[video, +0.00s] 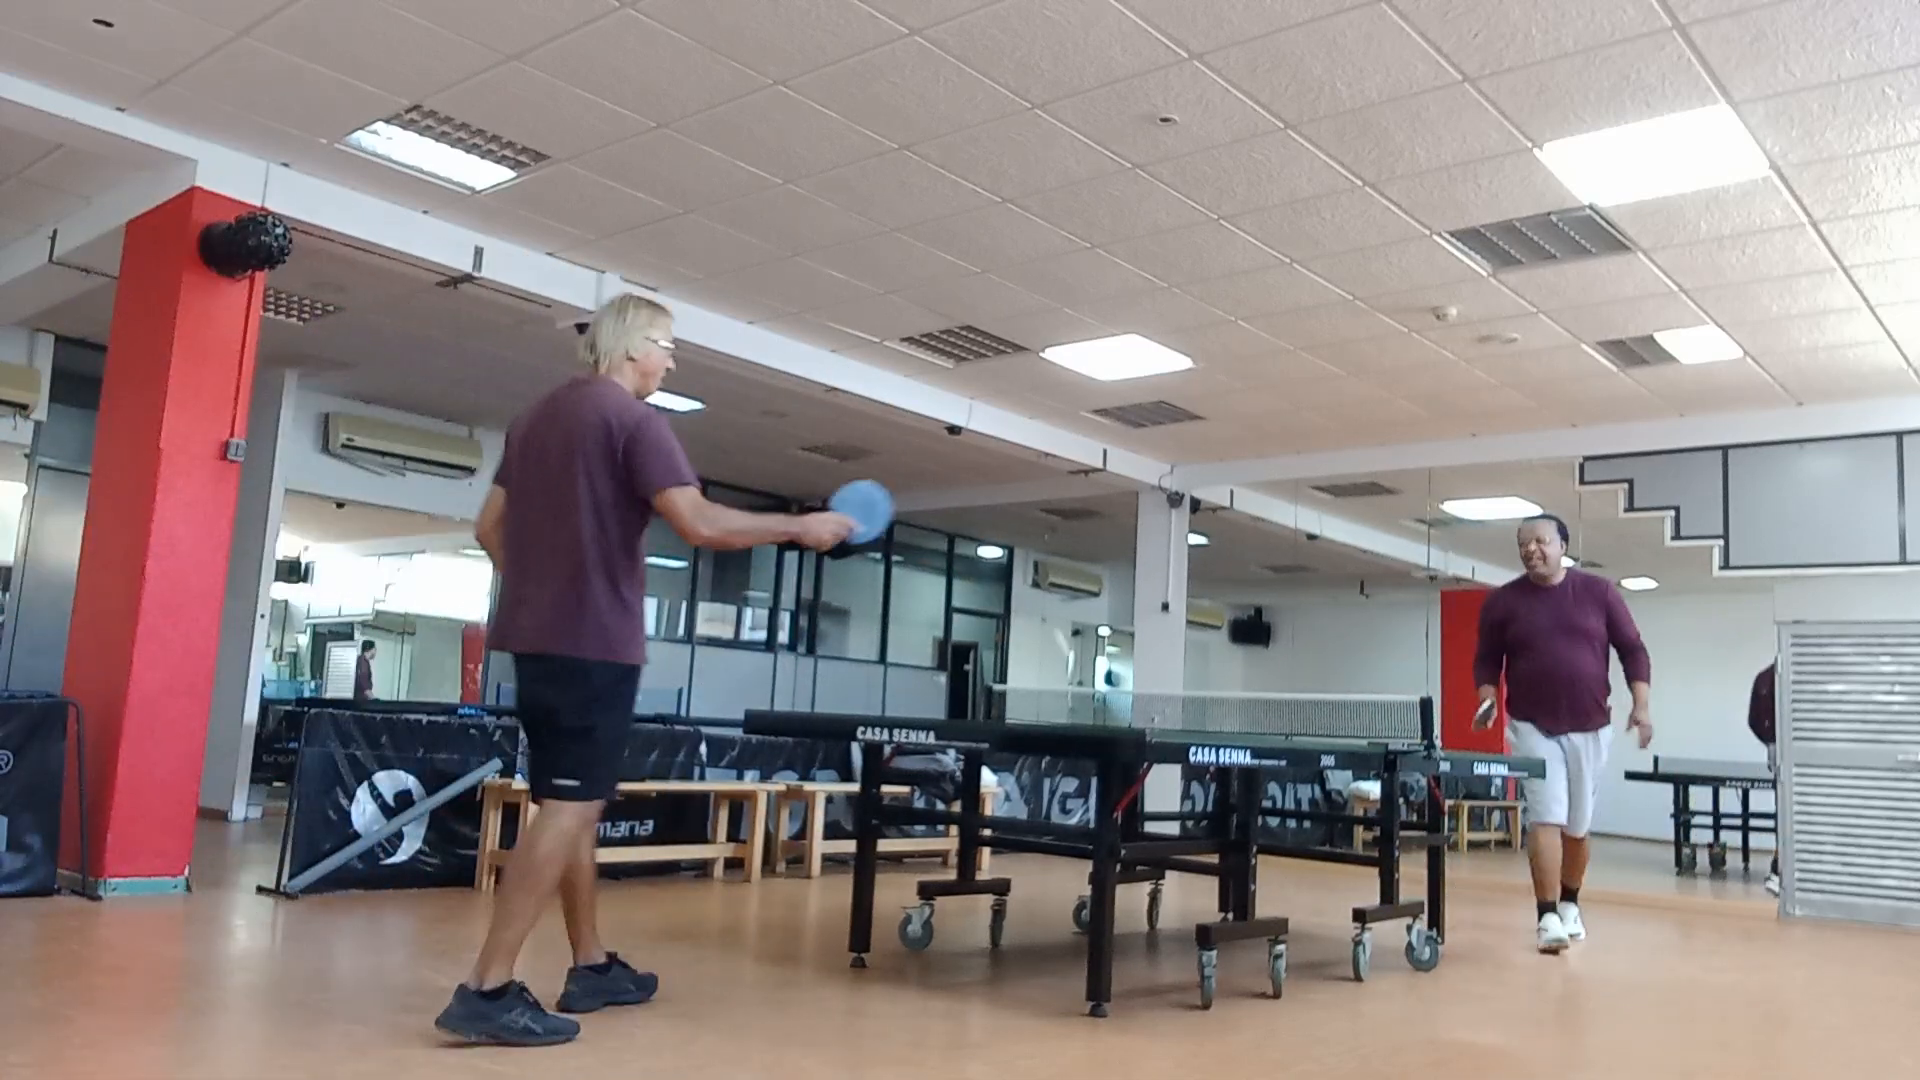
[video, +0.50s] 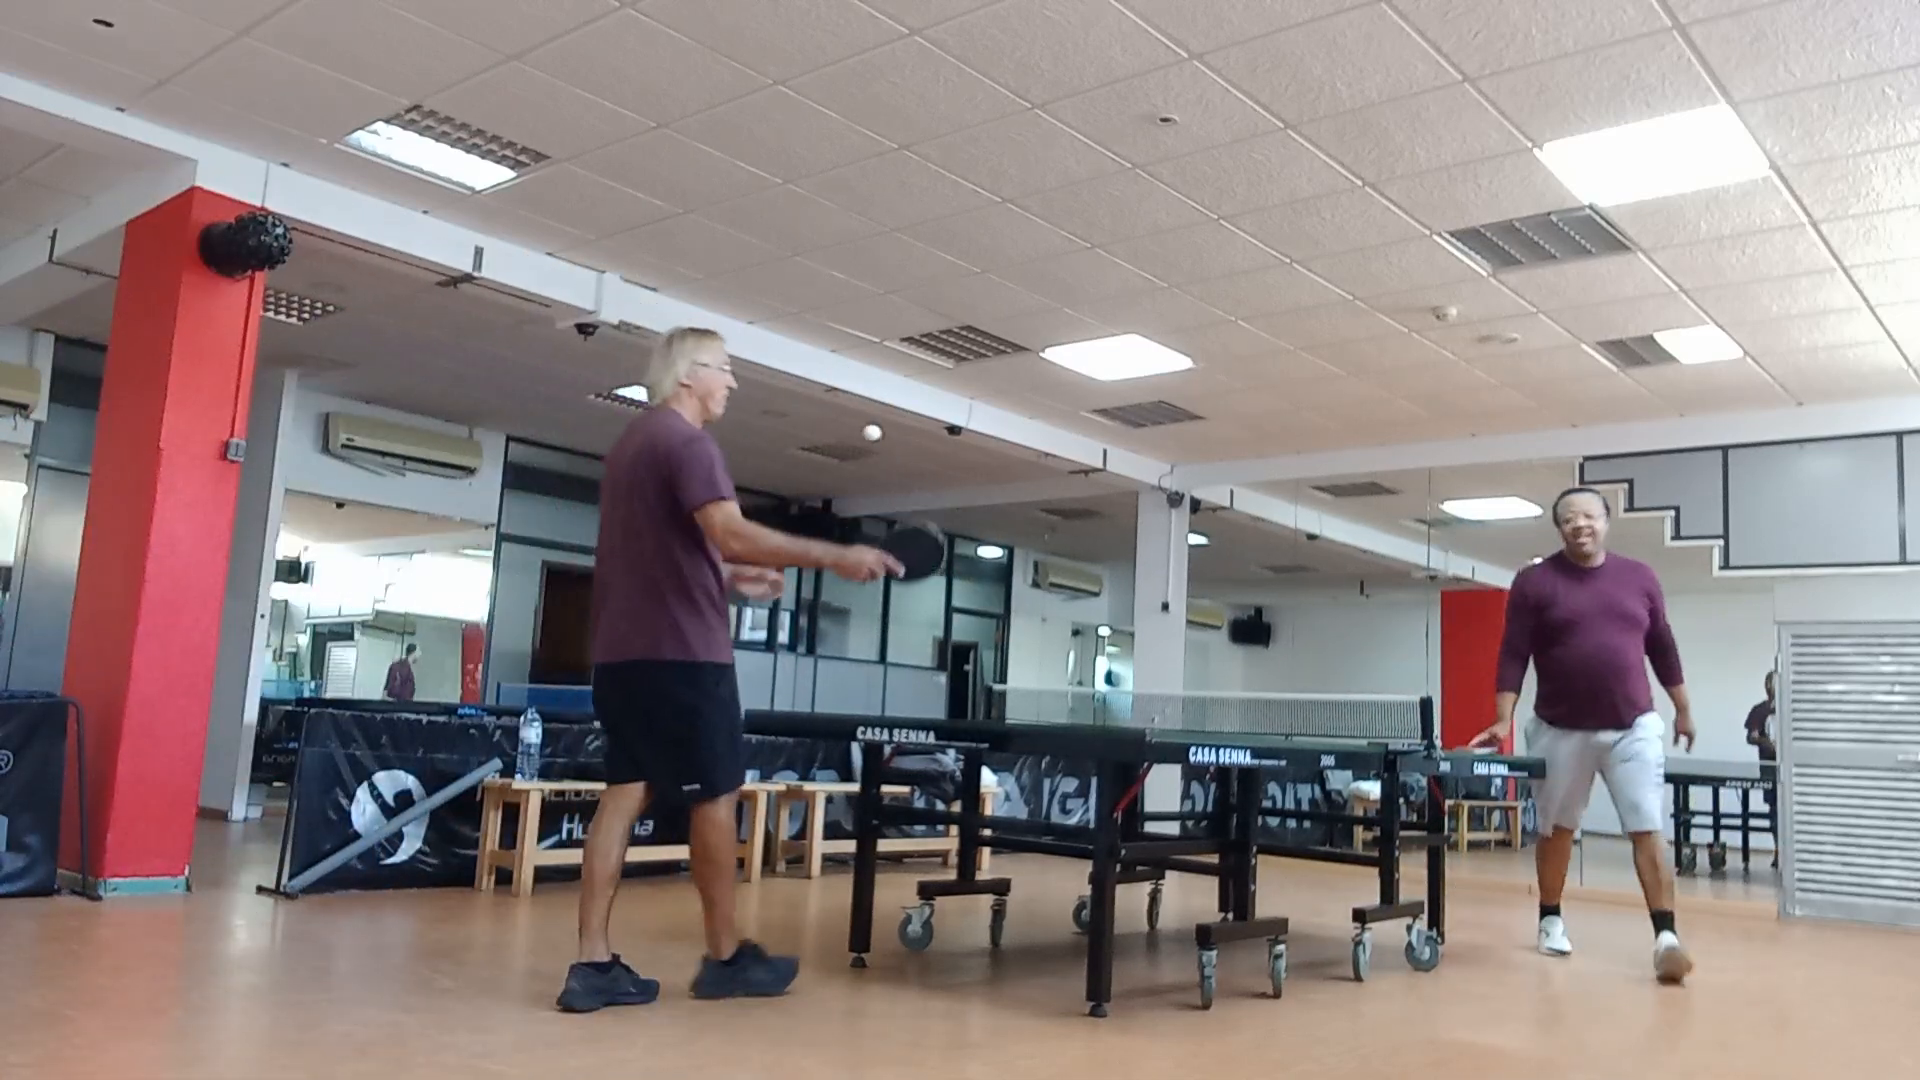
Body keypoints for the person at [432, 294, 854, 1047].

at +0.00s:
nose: (670, 363)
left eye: (670, 349)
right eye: (665, 348)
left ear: (604, 349)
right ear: (635, 351)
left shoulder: (536, 417)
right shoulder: (631, 419)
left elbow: (491, 524)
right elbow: (703, 525)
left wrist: (537, 591)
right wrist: (801, 527)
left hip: (532, 639)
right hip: (594, 643)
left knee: (576, 805)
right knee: (566, 809)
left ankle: (589, 966)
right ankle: (487, 988)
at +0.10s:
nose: (685, 366)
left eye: (682, 352)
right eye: (678, 350)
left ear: (618, 355)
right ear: (644, 353)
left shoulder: (559, 423)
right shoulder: (642, 421)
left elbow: (520, 537)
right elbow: (714, 517)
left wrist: (585, 578)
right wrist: (823, 521)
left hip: (555, 638)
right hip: (614, 641)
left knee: (590, 800)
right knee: (633, 794)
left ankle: (590, 966)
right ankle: (514, 961)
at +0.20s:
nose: (695, 368)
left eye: (693, 355)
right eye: (687, 353)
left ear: (630, 358)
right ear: (651, 356)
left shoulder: (578, 428)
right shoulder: (649, 426)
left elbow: (547, 543)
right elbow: (728, 516)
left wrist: (623, 566)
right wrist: (839, 524)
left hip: (568, 646)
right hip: (632, 646)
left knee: (606, 799)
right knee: (680, 791)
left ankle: (593, 957)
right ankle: (563, 930)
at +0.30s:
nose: (705, 370)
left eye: (704, 358)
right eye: (696, 356)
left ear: (646, 366)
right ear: (659, 364)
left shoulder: (599, 429)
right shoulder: (655, 427)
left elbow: (607, 552)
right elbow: (733, 517)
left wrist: (677, 612)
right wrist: (835, 526)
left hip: (588, 643)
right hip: (649, 645)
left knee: (611, 792)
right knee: (705, 780)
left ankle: (588, 971)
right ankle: (619, 943)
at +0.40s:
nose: (718, 377)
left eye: (716, 365)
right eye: (710, 363)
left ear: (660, 368)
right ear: (674, 366)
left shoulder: (618, 431)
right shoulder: (669, 431)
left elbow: (628, 554)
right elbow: (733, 526)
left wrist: (705, 587)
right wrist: (835, 537)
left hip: (604, 644)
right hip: (666, 647)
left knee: (618, 787)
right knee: (716, 782)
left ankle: (591, 965)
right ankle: (681, 958)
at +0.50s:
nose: (733, 384)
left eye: (731, 372)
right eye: (725, 369)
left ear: (676, 377)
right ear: (689, 374)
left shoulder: (632, 442)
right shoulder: (685, 439)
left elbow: (649, 555)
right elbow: (730, 535)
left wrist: (726, 576)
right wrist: (836, 556)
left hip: (624, 651)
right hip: (685, 654)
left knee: (624, 790)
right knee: (716, 794)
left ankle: (591, 962)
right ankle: (725, 956)